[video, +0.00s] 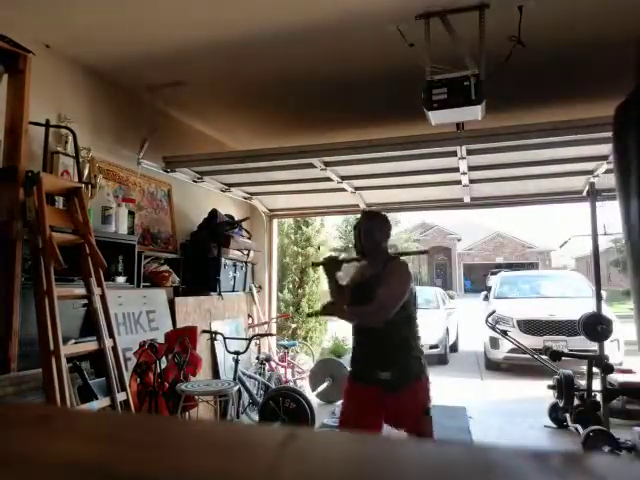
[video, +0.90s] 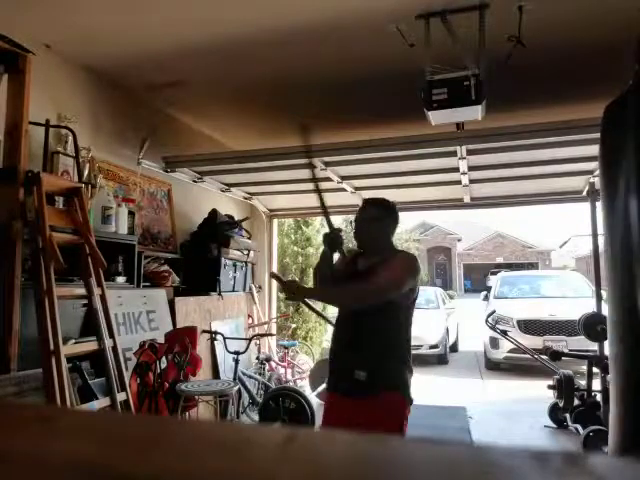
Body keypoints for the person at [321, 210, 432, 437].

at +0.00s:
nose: (369, 239)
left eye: (375, 232)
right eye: (364, 233)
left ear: (386, 235)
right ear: (357, 237)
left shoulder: (398, 270)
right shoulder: (360, 272)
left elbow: (381, 313)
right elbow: (344, 305)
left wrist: (343, 313)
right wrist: (332, 277)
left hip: (404, 371)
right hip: (365, 370)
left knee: (421, 445)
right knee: (355, 447)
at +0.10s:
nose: (354, 237)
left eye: (361, 231)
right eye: (352, 230)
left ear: (377, 232)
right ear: (349, 231)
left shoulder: (392, 262)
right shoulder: (354, 265)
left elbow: (377, 307)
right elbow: (328, 293)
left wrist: (334, 307)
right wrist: (321, 264)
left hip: (392, 369)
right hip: (355, 367)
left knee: (396, 446)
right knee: (348, 446)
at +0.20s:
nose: (354, 236)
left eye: (362, 230)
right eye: (351, 228)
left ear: (378, 232)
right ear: (348, 227)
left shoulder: (392, 260)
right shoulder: (345, 257)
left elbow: (380, 307)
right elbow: (311, 283)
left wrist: (331, 302)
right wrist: (315, 251)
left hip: (382, 349)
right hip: (347, 348)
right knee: (343, 419)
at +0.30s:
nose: (354, 237)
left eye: (362, 232)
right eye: (352, 229)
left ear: (377, 234)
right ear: (347, 229)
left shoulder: (392, 264)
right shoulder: (343, 257)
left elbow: (379, 311)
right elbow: (309, 284)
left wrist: (328, 304)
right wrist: (315, 250)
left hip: (382, 343)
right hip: (344, 341)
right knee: (339, 403)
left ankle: (348, 427)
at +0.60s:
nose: (345, 236)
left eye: (351, 230)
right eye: (344, 230)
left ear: (368, 233)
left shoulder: (383, 264)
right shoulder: (350, 271)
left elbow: (366, 308)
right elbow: (313, 295)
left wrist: (326, 316)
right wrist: (317, 255)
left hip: (373, 354)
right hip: (344, 355)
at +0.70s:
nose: (346, 237)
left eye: (351, 230)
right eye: (345, 230)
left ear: (369, 232)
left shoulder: (384, 263)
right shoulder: (354, 270)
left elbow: (356, 304)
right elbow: (313, 294)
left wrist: (327, 315)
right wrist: (314, 251)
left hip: (370, 364)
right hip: (344, 362)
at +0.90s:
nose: (358, 228)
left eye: (367, 222)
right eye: (357, 221)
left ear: (387, 227)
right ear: (355, 224)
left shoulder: (404, 263)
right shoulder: (350, 261)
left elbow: (366, 295)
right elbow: (323, 288)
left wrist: (306, 292)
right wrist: (328, 252)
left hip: (384, 388)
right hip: (343, 384)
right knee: (332, 464)